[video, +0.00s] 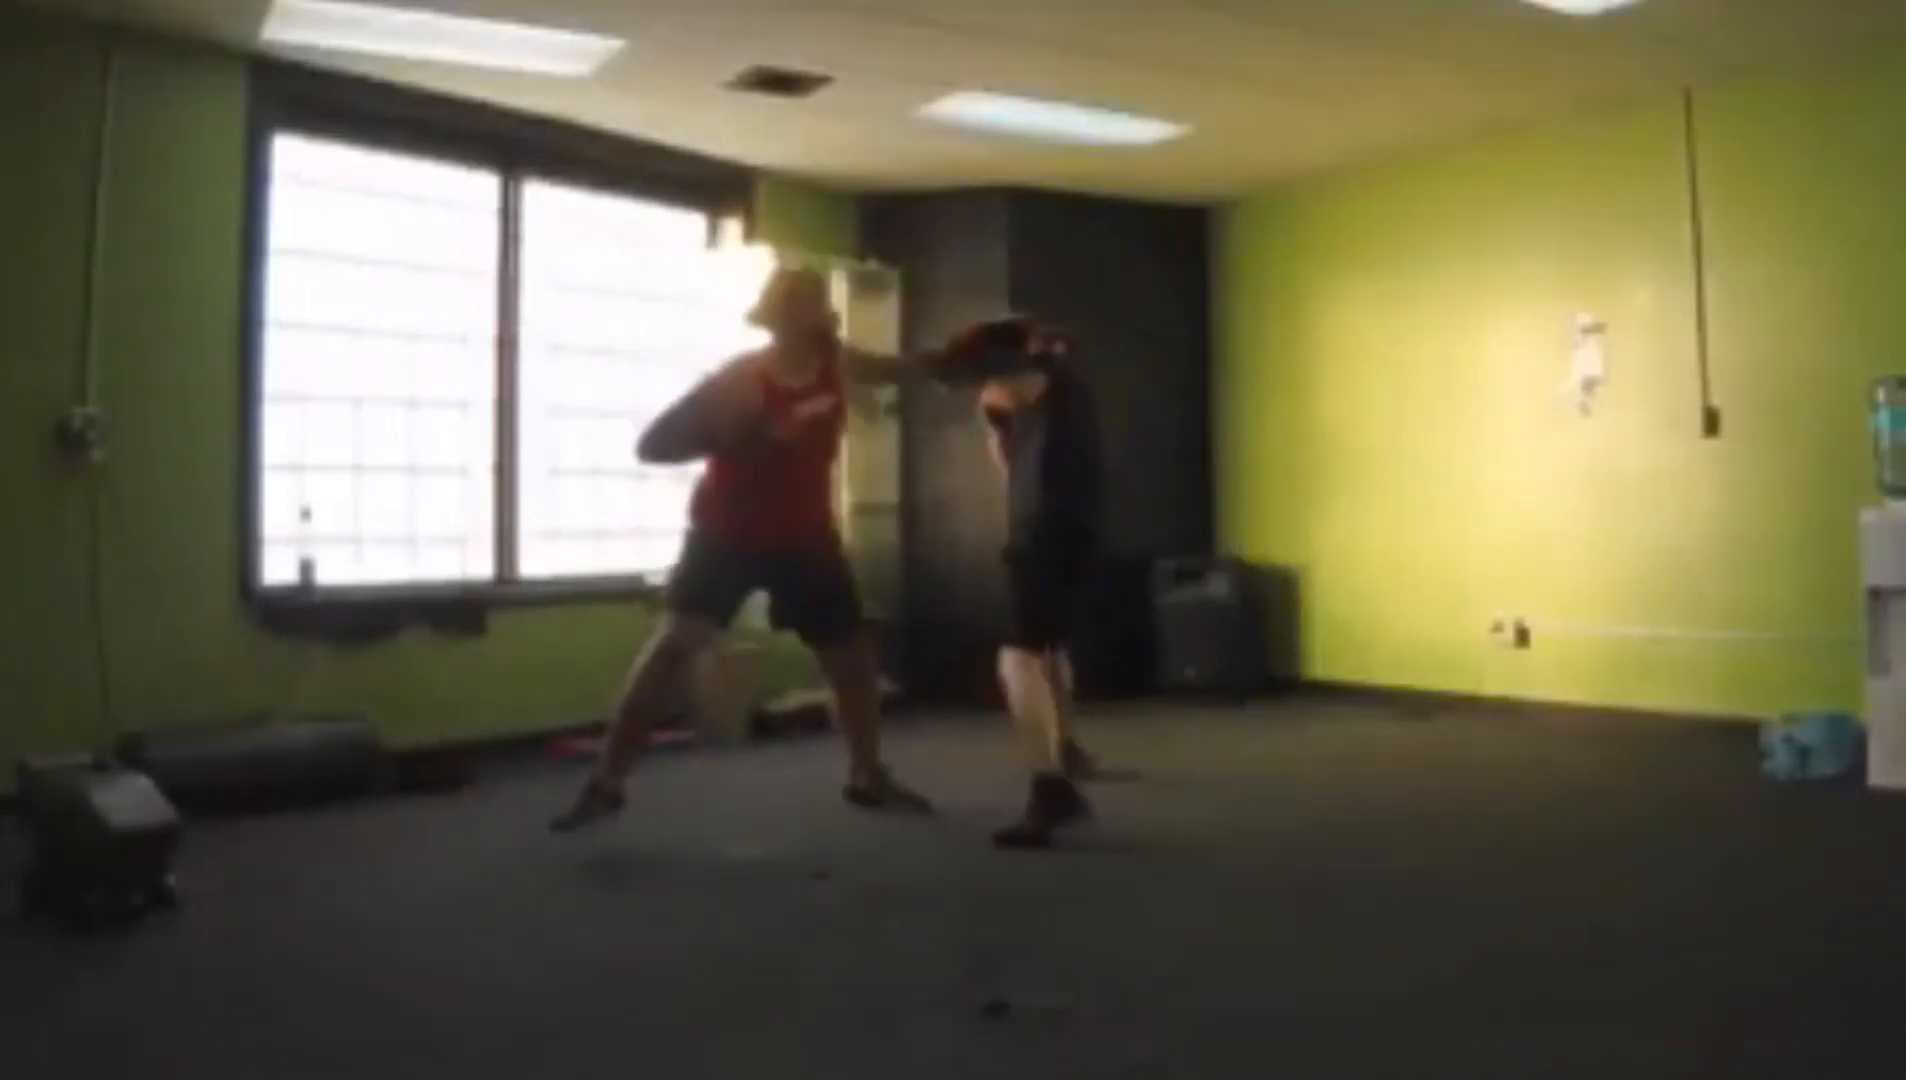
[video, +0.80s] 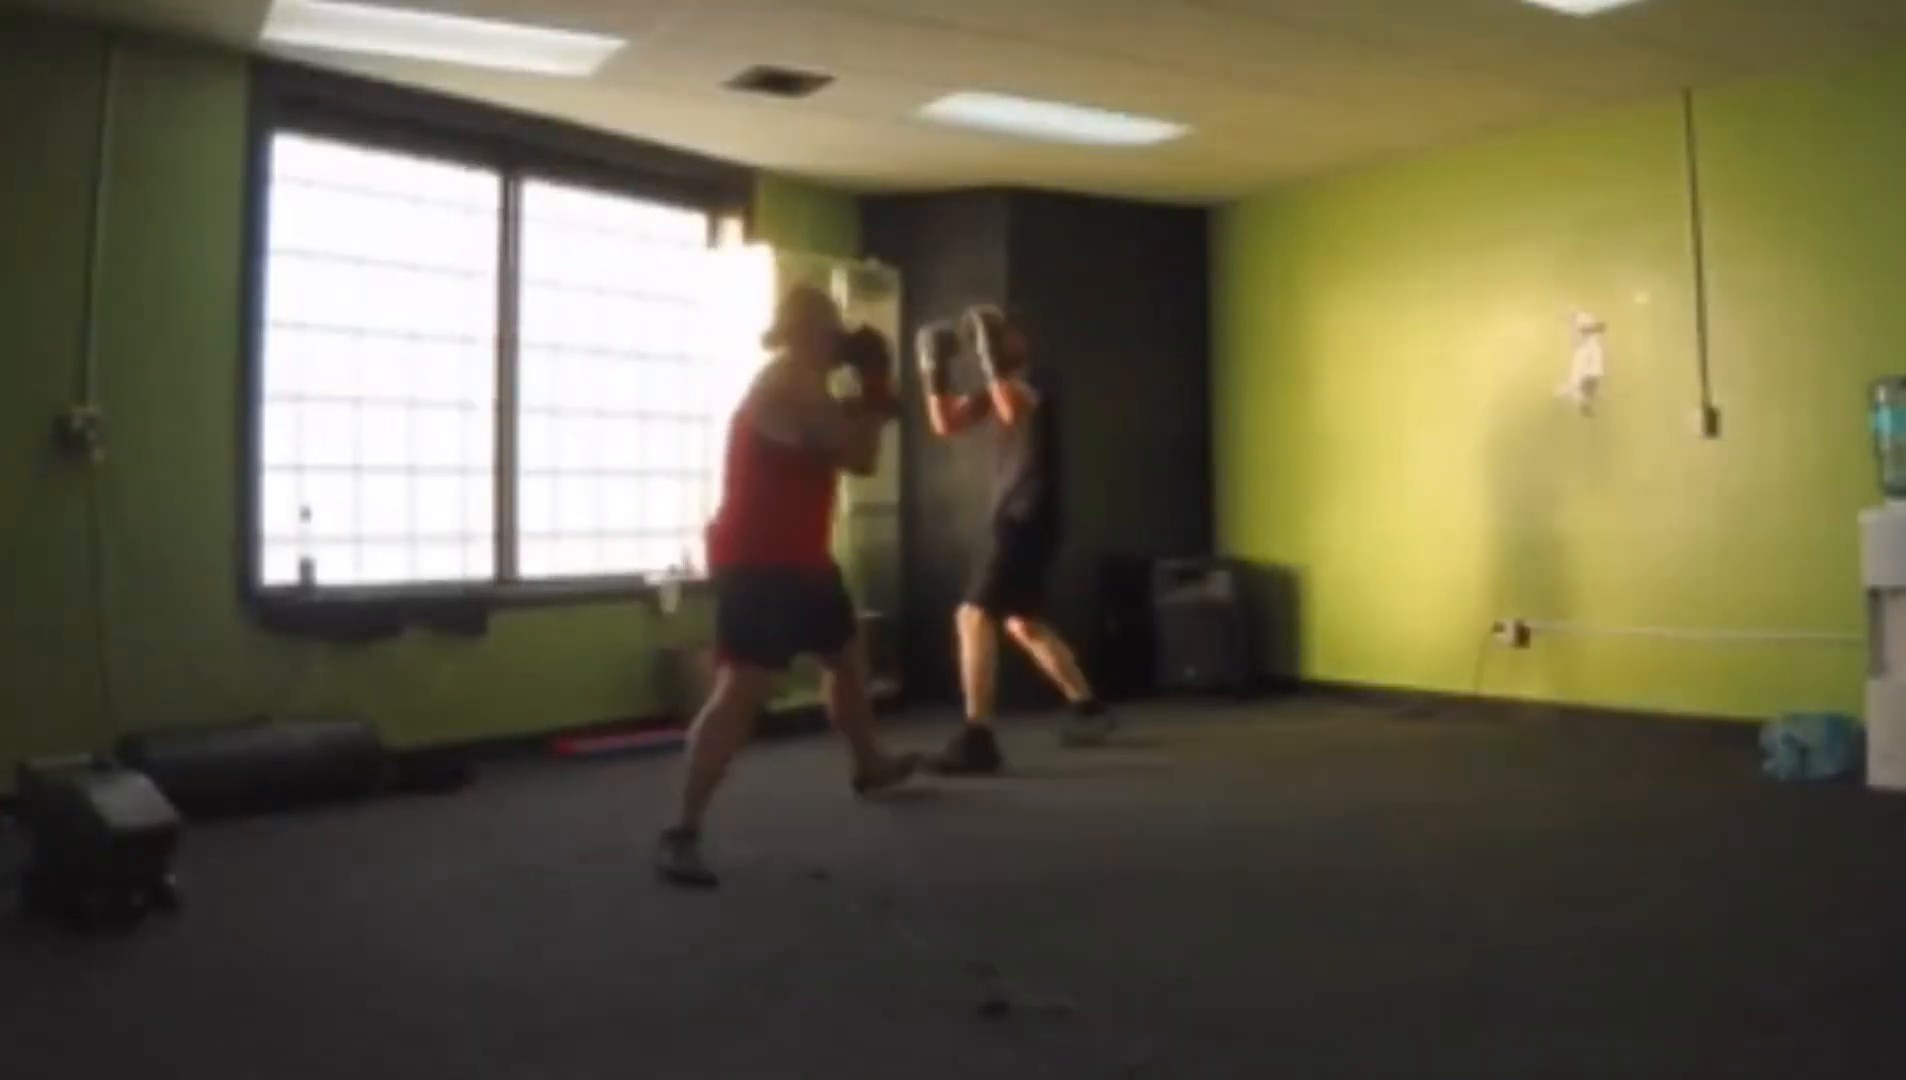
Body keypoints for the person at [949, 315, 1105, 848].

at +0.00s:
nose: (979, 382)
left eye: (981, 370)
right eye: (975, 373)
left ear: (1013, 358)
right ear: (1036, 352)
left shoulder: (1044, 385)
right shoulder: (1064, 392)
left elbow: (1008, 392)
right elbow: (1012, 472)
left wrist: (989, 393)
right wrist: (991, 420)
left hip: (1039, 539)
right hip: (1058, 536)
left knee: (1018, 659)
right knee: (1046, 654)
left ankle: (1049, 783)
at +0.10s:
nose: (1028, 343)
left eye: (1036, 332)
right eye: (1025, 333)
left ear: (1055, 336)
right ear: (1025, 343)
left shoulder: (1059, 371)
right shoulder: (1033, 384)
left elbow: (1051, 407)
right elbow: (1008, 454)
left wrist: (1005, 378)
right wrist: (993, 401)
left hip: (1046, 519)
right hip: (1036, 520)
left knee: (1012, 633)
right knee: (1030, 634)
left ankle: (1044, 747)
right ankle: (1059, 742)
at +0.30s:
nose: (1038, 327)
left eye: (1047, 318)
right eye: (1031, 318)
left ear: (1059, 318)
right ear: (1018, 318)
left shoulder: (1068, 362)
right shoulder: (1013, 361)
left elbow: (1064, 399)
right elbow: (998, 419)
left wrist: (1011, 404)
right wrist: (1060, 388)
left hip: (1051, 493)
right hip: (1029, 493)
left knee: (991, 602)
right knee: (1036, 601)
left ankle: (1037, 720)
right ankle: (1080, 703)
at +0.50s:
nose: (1032, 365)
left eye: (1038, 354)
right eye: (1024, 356)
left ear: (1051, 356)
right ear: (1011, 359)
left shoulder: (1056, 401)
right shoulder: (1017, 403)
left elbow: (1073, 445)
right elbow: (1006, 471)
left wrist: (1041, 492)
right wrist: (1001, 419)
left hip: (1050, 516)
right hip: (1032, 515)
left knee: (985, 626)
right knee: (1045, 627)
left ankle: (1036, 731)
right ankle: (1093, 713)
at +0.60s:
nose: (1020, 356)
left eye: (1027, 346)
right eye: (1013, 348)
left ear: (1044, 348)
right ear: (1004, 353)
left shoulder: (1048, 386)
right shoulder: (1015, 394)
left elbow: (1074, 422)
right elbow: (1003, 453)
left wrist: (1032, 459)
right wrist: (987, 411)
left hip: (1038, 514)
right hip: (1032, 514)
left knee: (978, 612)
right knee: (1048, 621)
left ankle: (1024, 719)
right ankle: (1094, 712)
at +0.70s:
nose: (1000, 346)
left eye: (1004, 335)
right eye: (994, 338)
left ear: (1022, 332)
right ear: (991, 341)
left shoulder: (1050, 369)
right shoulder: (1012, 376)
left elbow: (1054, 423)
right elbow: (973, 428)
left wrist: (1002, 400)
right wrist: (953, 385)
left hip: (1032, 510)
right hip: (1020, 509)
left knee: (978, 607)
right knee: (1043, 616)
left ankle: (993, 726)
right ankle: (1092, 711)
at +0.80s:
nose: (995, 352)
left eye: (1001, 340)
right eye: (990, 345)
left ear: (1019, 342)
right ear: (986, 353)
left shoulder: (1040, 381)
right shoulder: (995, 391)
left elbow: (1013, 411)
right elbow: (947, 422)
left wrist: (986, 357)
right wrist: (933, 371)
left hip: (1032, 517)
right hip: (1011, 516)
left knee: (974, 614)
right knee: (1023, 622)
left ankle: (977, 733)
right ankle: (1087, 703)